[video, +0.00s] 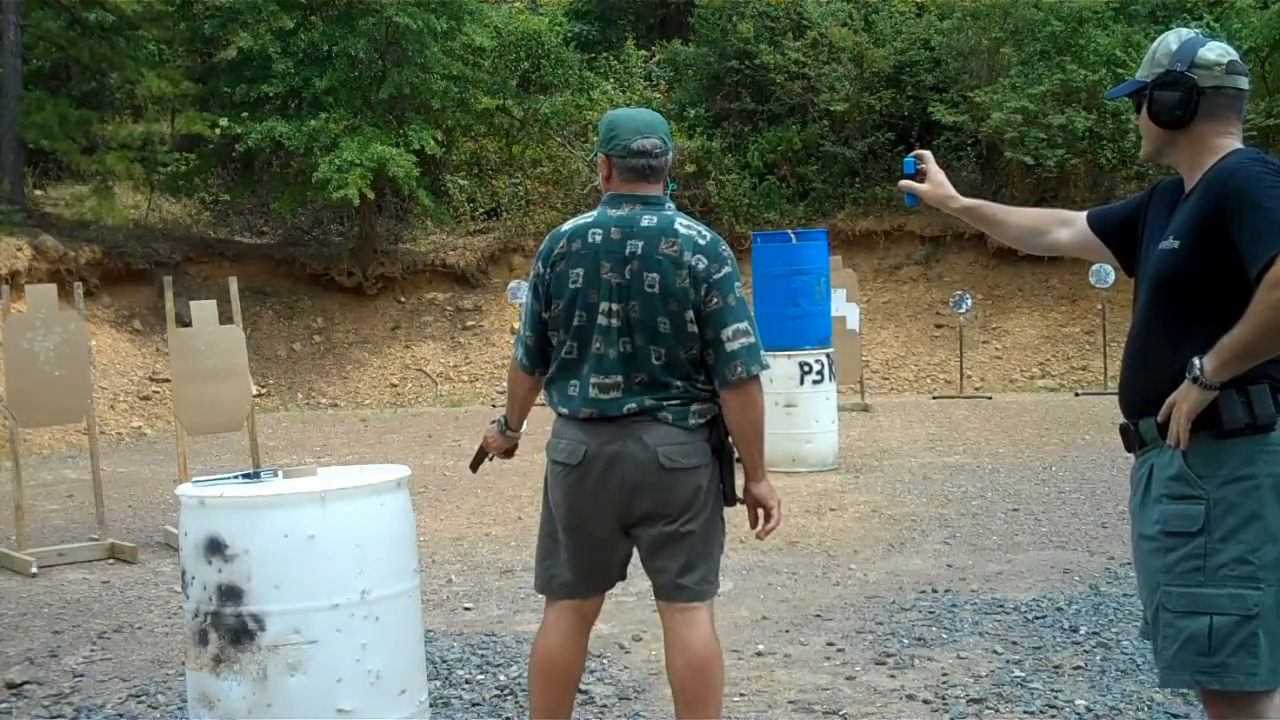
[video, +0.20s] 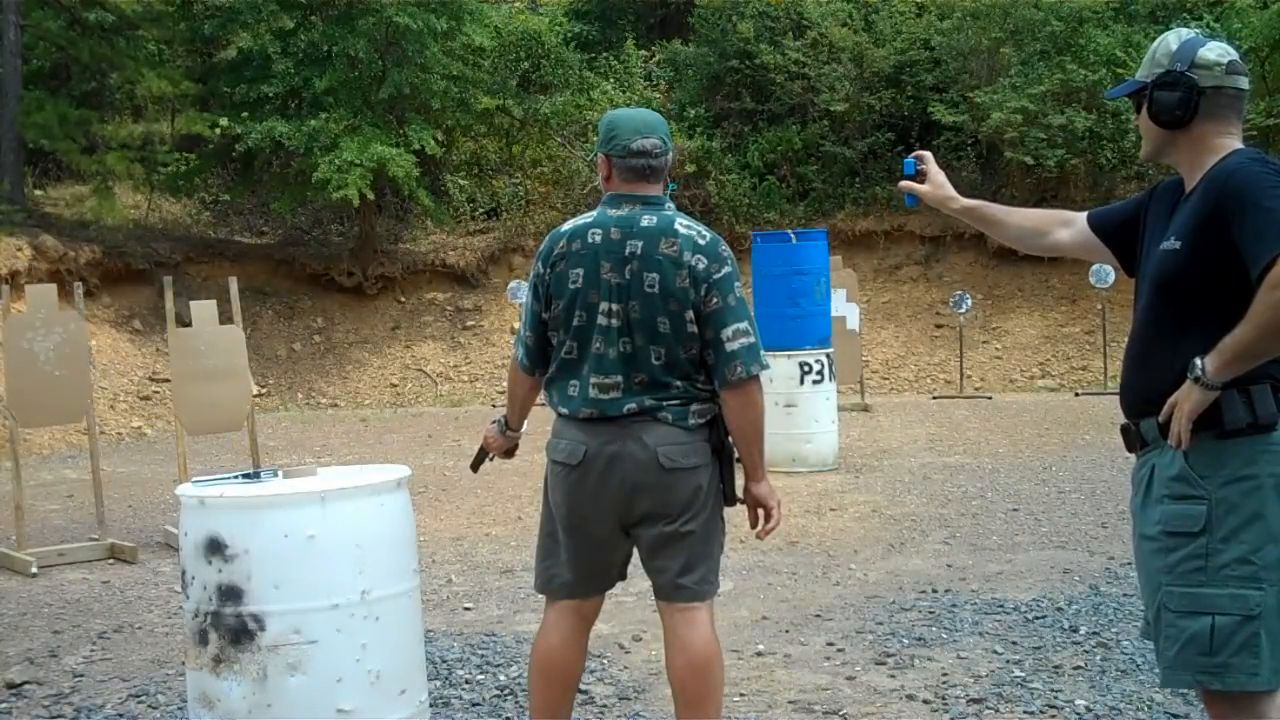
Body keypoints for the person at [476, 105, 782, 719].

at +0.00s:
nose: (597, 171)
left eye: (598, 163)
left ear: (605, 169)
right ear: (669, 169)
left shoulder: (561, 244)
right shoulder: (704, 248)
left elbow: (530, 357)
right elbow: (738, 375)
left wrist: (509, 425)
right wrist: (756, 473)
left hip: (582, 452)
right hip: (678, 452)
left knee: (568, 607)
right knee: (688, 610)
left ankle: (547, 715)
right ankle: (700, 715)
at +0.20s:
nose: (596, 170)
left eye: (598, 162)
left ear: (605, 168)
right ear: (668, 168)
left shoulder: (562, 244)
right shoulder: (704, 248)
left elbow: (530, 359)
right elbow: (738, 375)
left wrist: (509, 426)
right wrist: (756, 474)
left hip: (582, 453)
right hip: (678, 453)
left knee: (568, 608)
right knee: (688, 610)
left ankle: (547, 715)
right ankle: (701, 715)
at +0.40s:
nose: (596, 170)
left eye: (598, 162)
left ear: (605, 169)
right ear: (669, 168)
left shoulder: (562, 244)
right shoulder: (704, 248)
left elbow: (531, 358)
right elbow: (738, 375)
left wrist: (509, 426)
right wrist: (756, 473)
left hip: (582, 452)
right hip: (678, 453)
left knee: (568, 608)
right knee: (688, 610)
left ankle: (547, 715)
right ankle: (701, 715)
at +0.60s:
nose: (593, 171)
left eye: (594, 163)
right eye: (597, 162)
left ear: (602, 169)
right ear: (666, 168)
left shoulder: (563, 242)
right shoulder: (705, 245)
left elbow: (525, 333)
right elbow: (743, 370)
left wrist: (500, 383)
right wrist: (759, 469)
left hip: (583, 451)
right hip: (680, 452)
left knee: (567, 607)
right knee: (690, 610)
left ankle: (547, 715)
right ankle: (701, 715)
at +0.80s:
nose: (581, 171)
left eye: (582, 164)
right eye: (585, 163)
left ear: (591, 170)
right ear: (655, 168)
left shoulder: (563, 233)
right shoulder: (701, 241)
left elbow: (502, 261)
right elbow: (746, 362)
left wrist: (478, 255)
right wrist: (771, 460)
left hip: (588, 448)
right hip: (683, 451)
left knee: (569, 608)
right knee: (691, 611)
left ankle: (547, 715)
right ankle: (702, 715)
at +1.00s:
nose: (581, 170)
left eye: (582, 163)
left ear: (588, 170)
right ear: (653, 167)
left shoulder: (561, 230)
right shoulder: (700, 242)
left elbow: (508, 237)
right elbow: (743, 362)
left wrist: (487, 224)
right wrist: (767, 459)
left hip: (583, 447)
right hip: (678, 451)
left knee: (568, 608)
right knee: (690, 611)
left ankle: (547, 715)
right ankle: (702, 715)